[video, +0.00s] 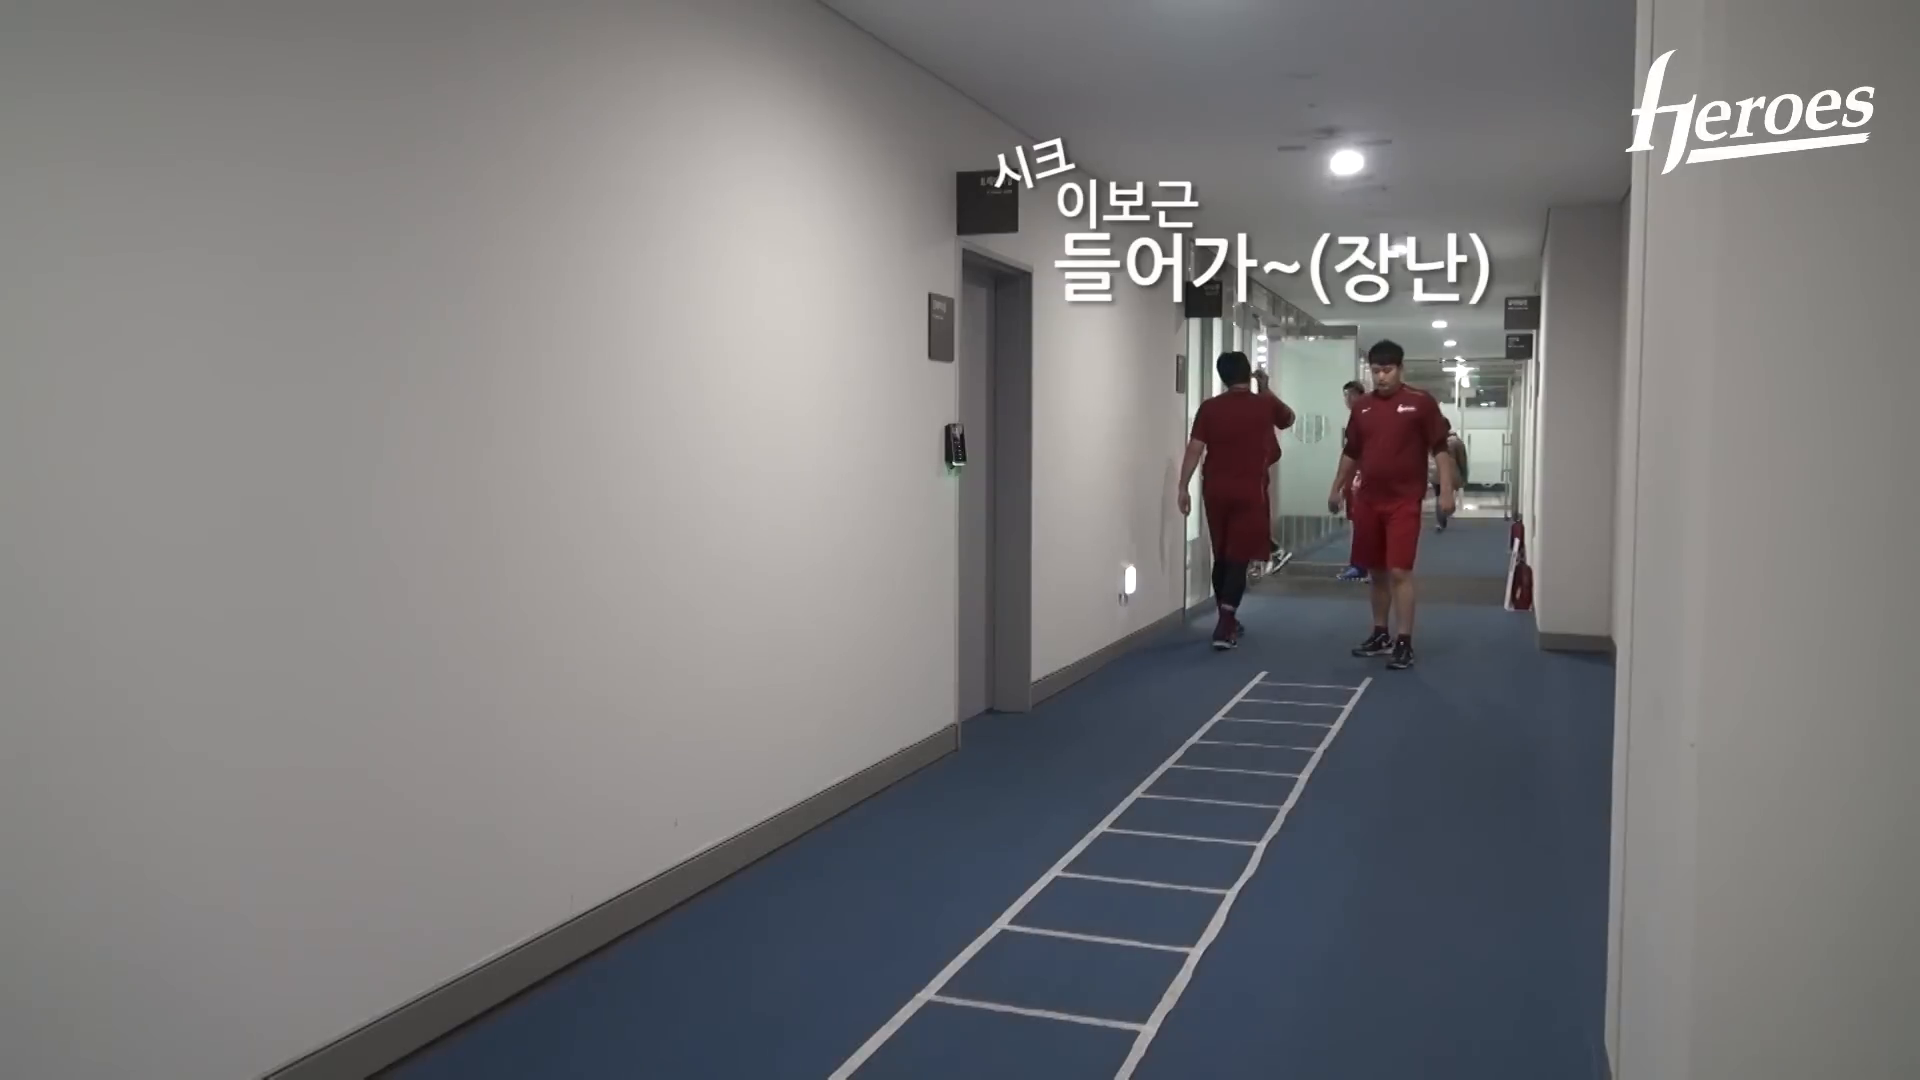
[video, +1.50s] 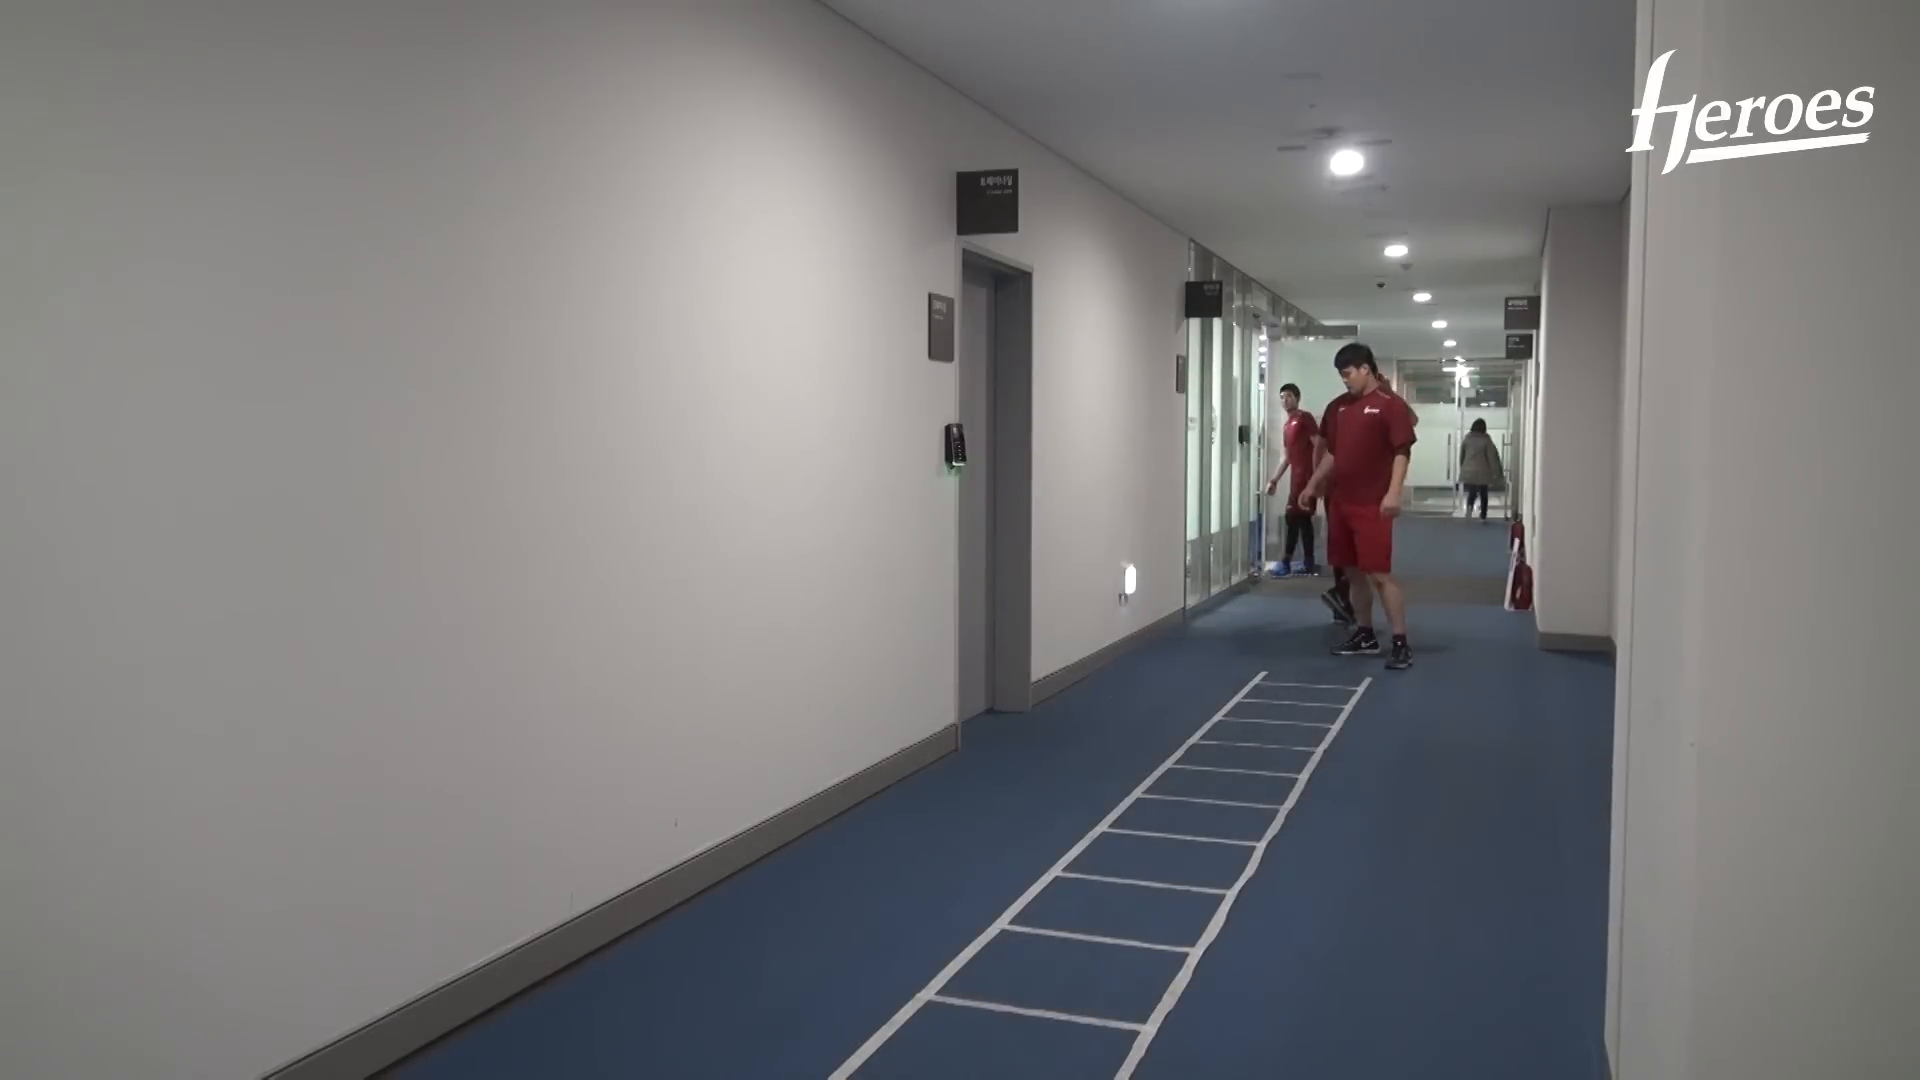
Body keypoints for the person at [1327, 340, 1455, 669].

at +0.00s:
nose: (1381, 375)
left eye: (1387, 369)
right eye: (1376, 369)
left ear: (1400, 369)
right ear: (1370, 370)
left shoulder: (1421, 403)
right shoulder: (1362, 407)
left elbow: (1441, 449)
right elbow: (1351, 452)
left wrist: (1446, 491)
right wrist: (1336, 489)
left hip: (1404, 501)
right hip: (1368, 500)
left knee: (1400, 571)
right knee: (1377, 571)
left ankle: (1403, 642)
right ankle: (1380, 634)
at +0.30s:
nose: (1392, 373)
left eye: (1400, 367)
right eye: (1388, 366)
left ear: (1414, 368)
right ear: (1382, 367)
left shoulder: (1429, 405)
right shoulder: (1373, 402)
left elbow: (1437, 454)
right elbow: (1362, 447)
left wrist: (1435, 495)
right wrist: (1344, 483)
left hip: (1409, 499)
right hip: (1374, 498)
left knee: (1403, 574)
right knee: (1376, 570)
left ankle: (1404, 643)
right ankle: (1381, 631)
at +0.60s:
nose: (1384, 376)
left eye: (1390, 370)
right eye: (1382, 370)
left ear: (1410, 368)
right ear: (1382, 370)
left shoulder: (1428, 405)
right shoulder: (1382, 400)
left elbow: (1427, 459)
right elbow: (1373, 444)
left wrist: (1409, 501)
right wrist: (1347, 470)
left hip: (1408, 497)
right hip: (1378, 495)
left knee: (1403, 573)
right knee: (1361, 569)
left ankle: (1405, 643)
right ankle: (1382, 631)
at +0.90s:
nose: (1375, 374)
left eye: (1380, 367)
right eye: (1373, 367)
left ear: (1400, 367)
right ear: (1375, 370)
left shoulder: (1423, 403)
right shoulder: (1376, 404)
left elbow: (1426, 458)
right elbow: (1369, 451)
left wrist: (1411, 501)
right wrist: (1362, 491)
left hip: (1404, 499)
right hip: (1373, 498)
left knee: (1402, 572)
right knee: (1354, 567)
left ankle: (1405, 642)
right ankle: (1371, 624)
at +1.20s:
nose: (1360, 376)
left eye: (1364, 370)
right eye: (1358, 371)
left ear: (1383, 367)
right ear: (1364, 371)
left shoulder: (1407, 403)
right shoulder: (1362, 405)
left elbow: (1418, 453)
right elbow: (1356, 449)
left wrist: (1424, 496)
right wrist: (1344, 485)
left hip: (1391, 500)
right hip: (1358, 500)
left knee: (1395, 572)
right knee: (1360, 570)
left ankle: (1402, 643)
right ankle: (1365, 634)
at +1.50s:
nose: (1344, 379)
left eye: (1348, 372)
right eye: (1341, 374)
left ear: (1366, 369)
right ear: (1344, 375)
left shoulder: (1392, 405)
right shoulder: (1338, 407)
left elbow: (1402, 452)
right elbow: (1332, 453)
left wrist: (1394, 493)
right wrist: (1312, 485)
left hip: (1373, 504)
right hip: (1341, 503)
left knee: (1378, 573)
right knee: (1353, 572)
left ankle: (1400, 642)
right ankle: (1364, 634)